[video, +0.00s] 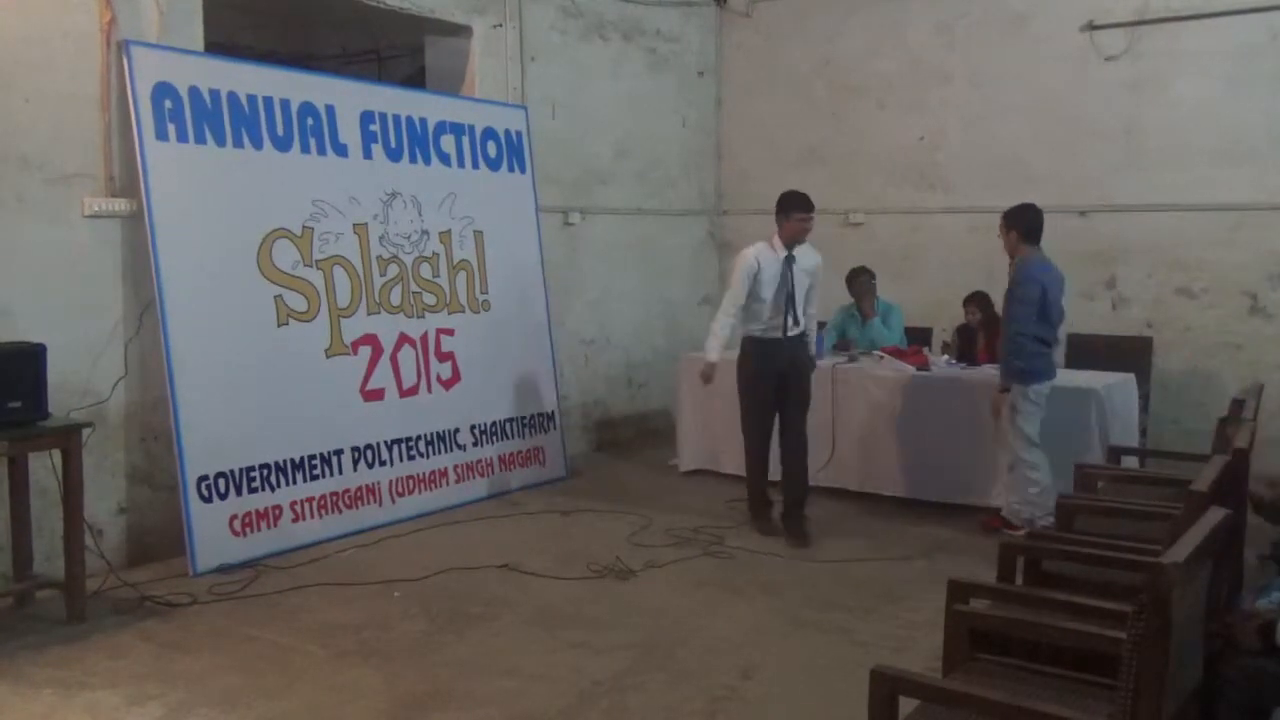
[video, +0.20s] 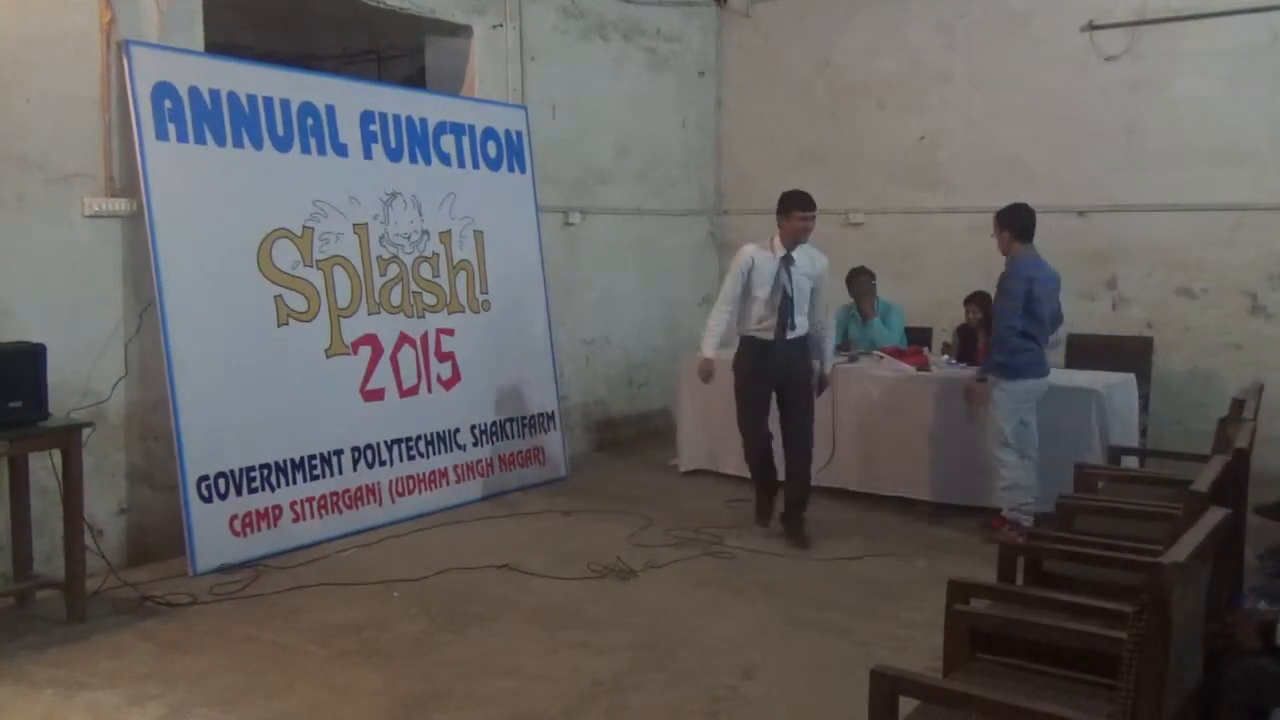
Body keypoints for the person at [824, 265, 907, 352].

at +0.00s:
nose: (864, 291)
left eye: (867, 285)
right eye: (859, 287)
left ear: (874, 287)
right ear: (851, 292)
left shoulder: (892, 311)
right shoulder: (844, 313)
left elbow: (892, 347)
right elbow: (824, 343)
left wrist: (870, 315)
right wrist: (836, 345)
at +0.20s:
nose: (863, 290)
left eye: (867, 284)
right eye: (858, 285)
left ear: (874, 287)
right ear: (850, 292)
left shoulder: (893, 311)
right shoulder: (844, 313)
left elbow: (891, 347)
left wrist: (870, 315)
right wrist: (842, 347)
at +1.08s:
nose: (866, 291)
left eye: (869, 285)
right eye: (859, 286)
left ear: (875, 288)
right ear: (850, 292)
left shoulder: (888, 314)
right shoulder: (843, 314)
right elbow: (826, 340)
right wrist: (836, 345)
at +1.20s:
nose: (865, 290)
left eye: (869, 285)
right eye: (859, 286)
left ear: (875, 287)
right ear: (850, 292)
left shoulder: (891, 309)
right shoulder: (844, 314)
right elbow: (827, 339)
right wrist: (837, 345)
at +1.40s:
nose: (864, 293)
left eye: (868, 287)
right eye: (859, 289)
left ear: (874, 288)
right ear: (850, 292)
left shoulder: (890, 310)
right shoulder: (843, 315)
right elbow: (826, 341)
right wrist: (837, 346)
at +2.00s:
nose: (864, 296)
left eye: (868, 292)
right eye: (859, 293)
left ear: (875, 290)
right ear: (850, 293)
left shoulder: (886, 311)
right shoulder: (842, 316)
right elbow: (827, 337)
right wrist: (836, 345)